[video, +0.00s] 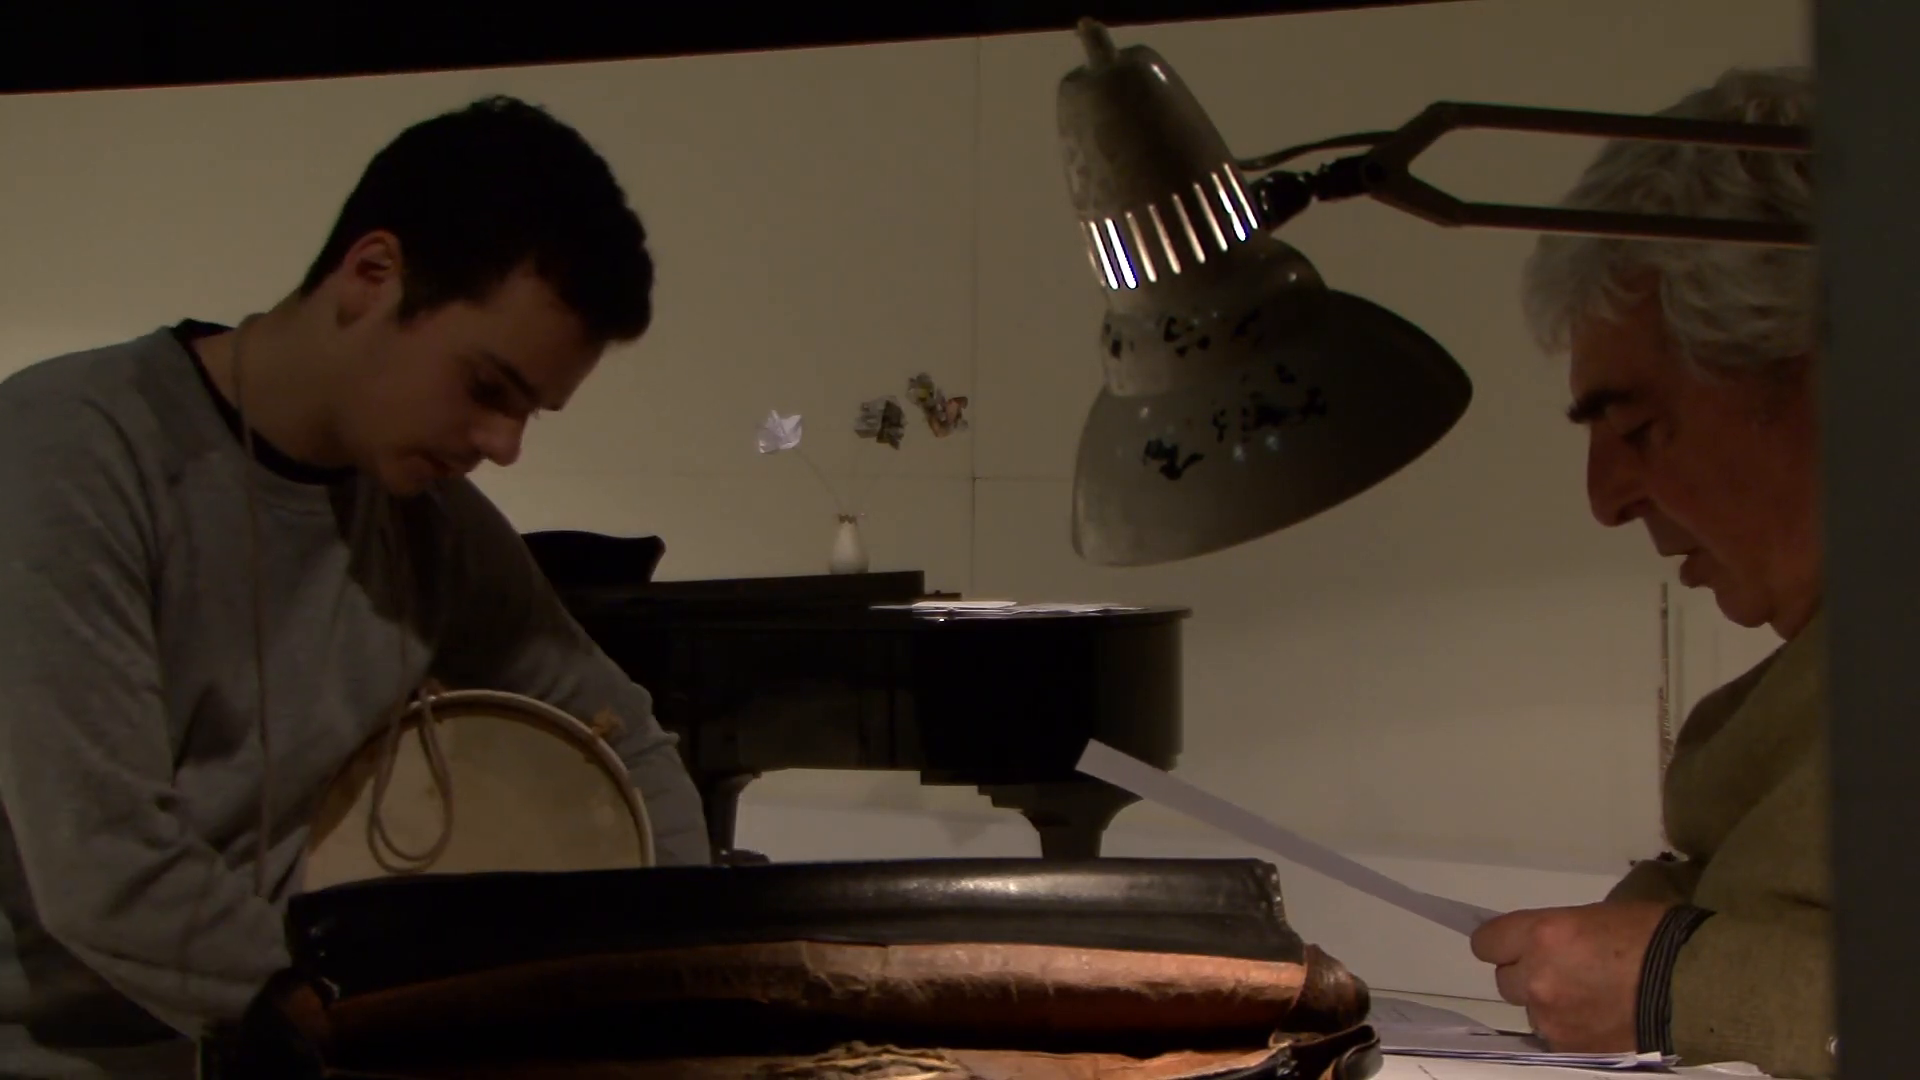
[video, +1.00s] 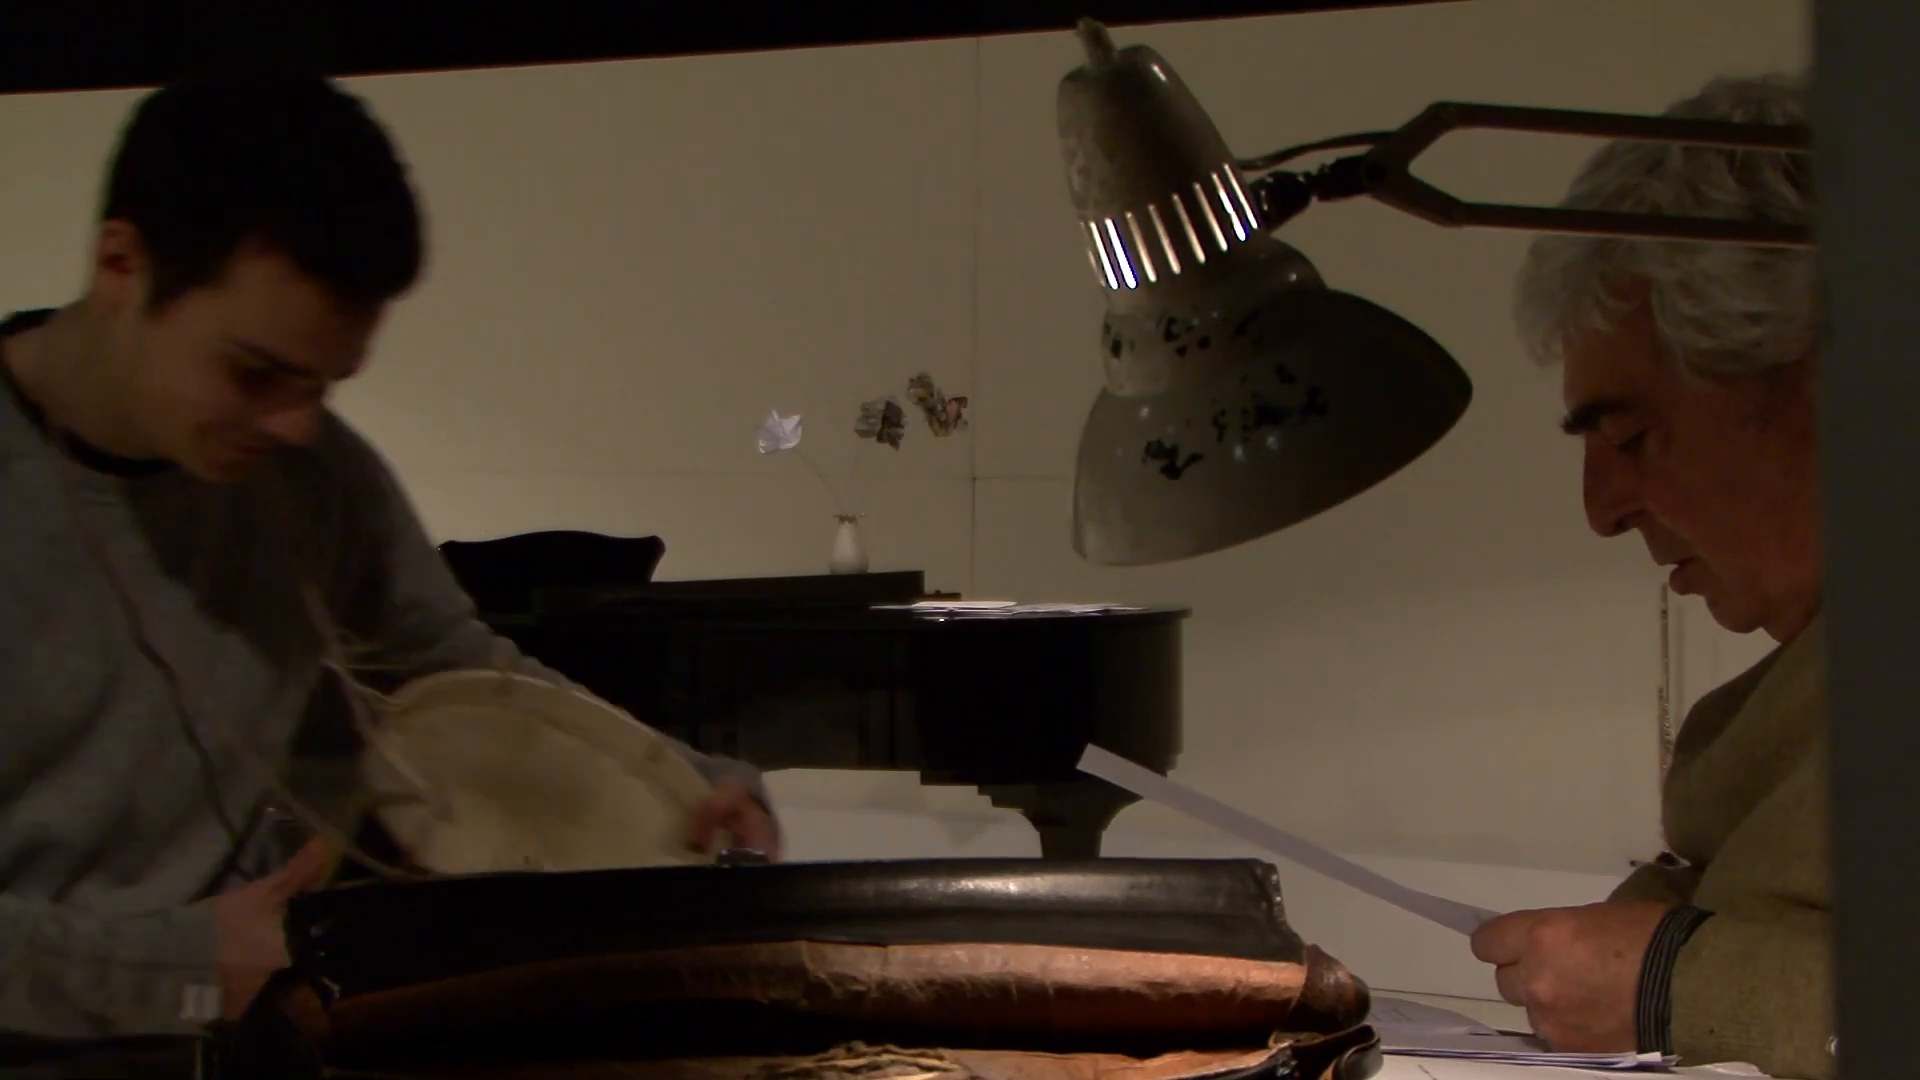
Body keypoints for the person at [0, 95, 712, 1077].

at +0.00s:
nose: (503, 448)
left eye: (527, 415)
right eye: (490, 391)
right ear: (368, 278)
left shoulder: (431, 516)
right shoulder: (56, 449)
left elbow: (623, 741)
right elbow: (102, 872)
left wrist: (672, 952)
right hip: (54, 1041)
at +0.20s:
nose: (409, 454)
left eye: (438, 420)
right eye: (393, 398)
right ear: (270, 283)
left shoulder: (385, 514)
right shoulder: (18, 450)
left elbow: (574, 736)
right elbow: (9, 859)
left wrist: (627, 960)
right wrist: (258, 1028)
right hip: (32, 1028)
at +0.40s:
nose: (262, 478)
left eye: (292, 439)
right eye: (235, 422)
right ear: (111, 307)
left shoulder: (282, 518)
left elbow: (469, 684)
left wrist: (543, 928)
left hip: (217, 1038)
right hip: (28, 1051)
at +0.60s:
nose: (139, 481)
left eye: (179, 443)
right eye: (101, 428)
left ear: (214, 393)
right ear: (1, 335)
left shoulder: (196, 481)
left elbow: (360, 607)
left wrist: (525, 756)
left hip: (102, 1038)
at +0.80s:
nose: (148, 447)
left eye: (188, 404)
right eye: (107, 395)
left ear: (215, 357)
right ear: (8, 316)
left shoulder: (196, 473)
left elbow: (365, 623)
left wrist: (574, 750)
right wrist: (19, 984)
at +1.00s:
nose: (297, 427)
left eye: (326, 386)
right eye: (260, 375)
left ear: (359, 345)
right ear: (119, 264)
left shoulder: (312, 468)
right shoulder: (19, 479)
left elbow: (456, 670)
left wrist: (669, 788)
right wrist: (190, 958)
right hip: (49, 1049)